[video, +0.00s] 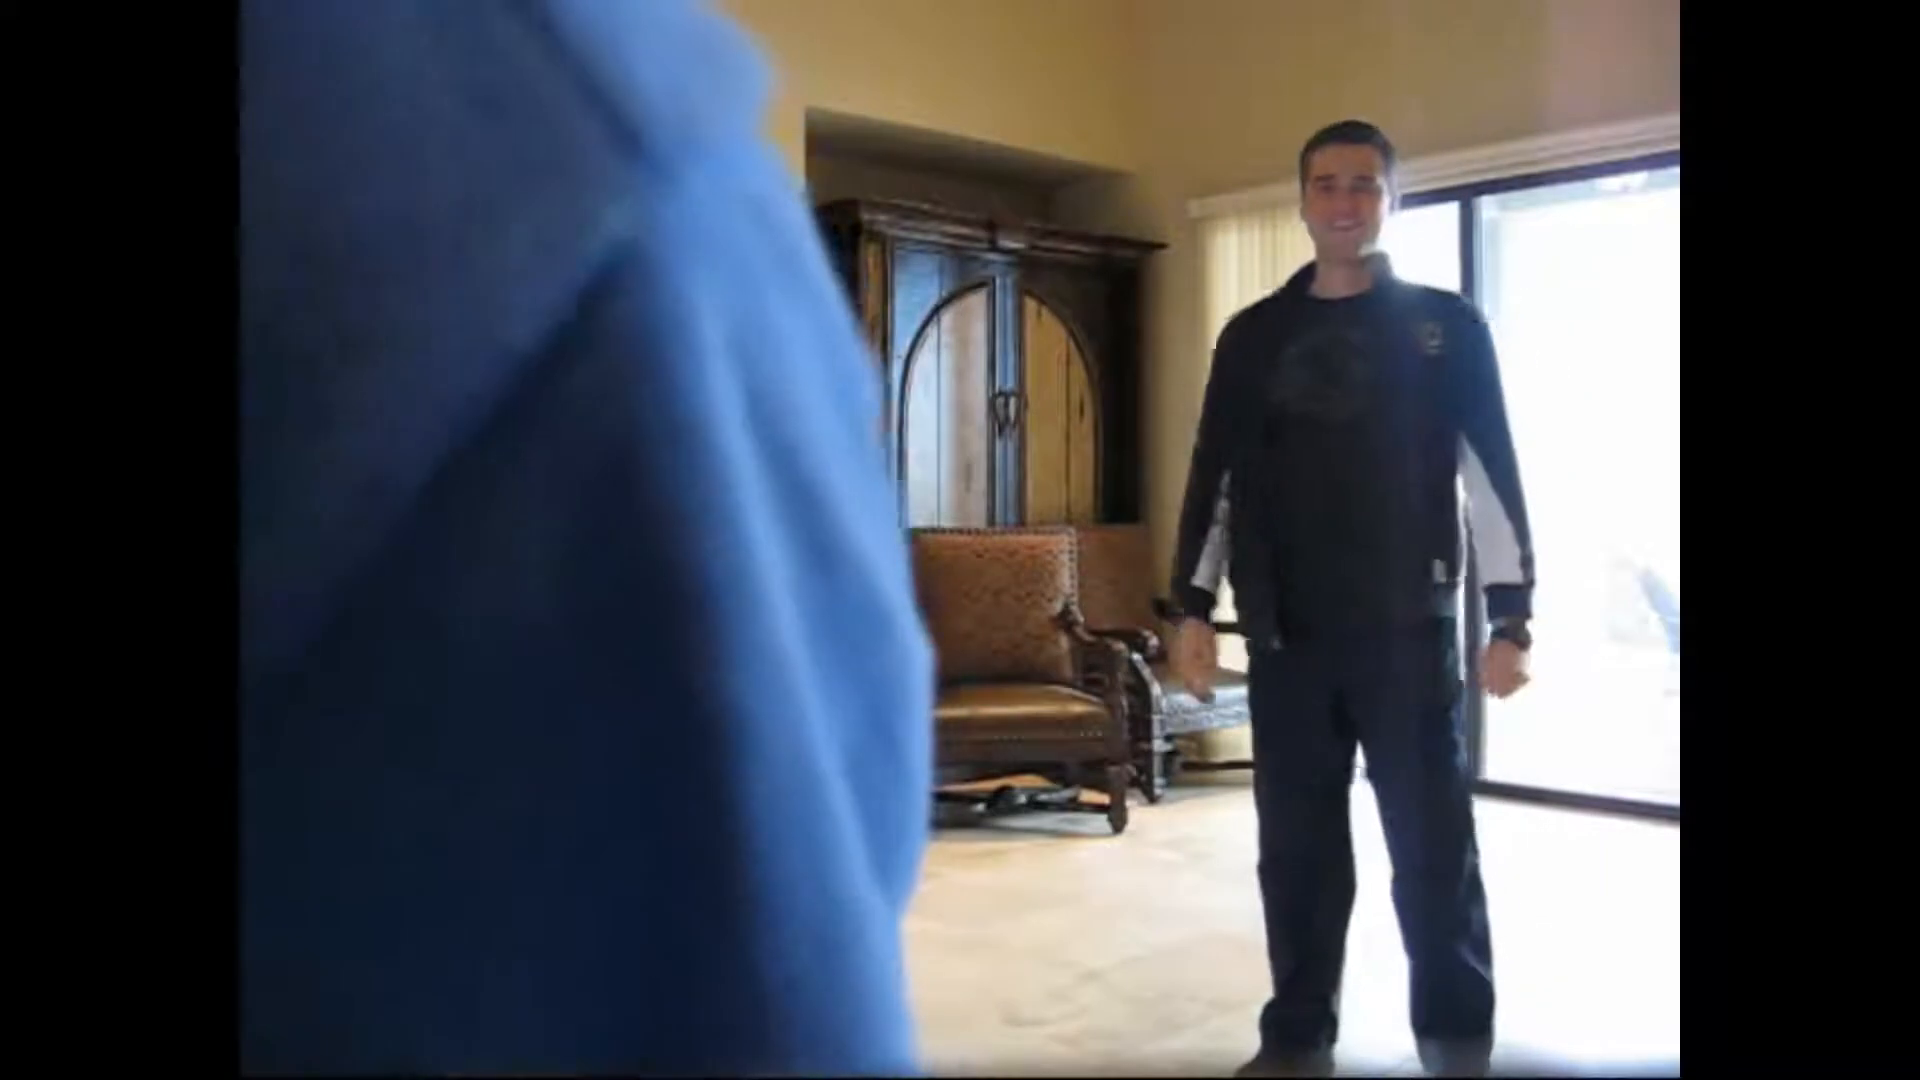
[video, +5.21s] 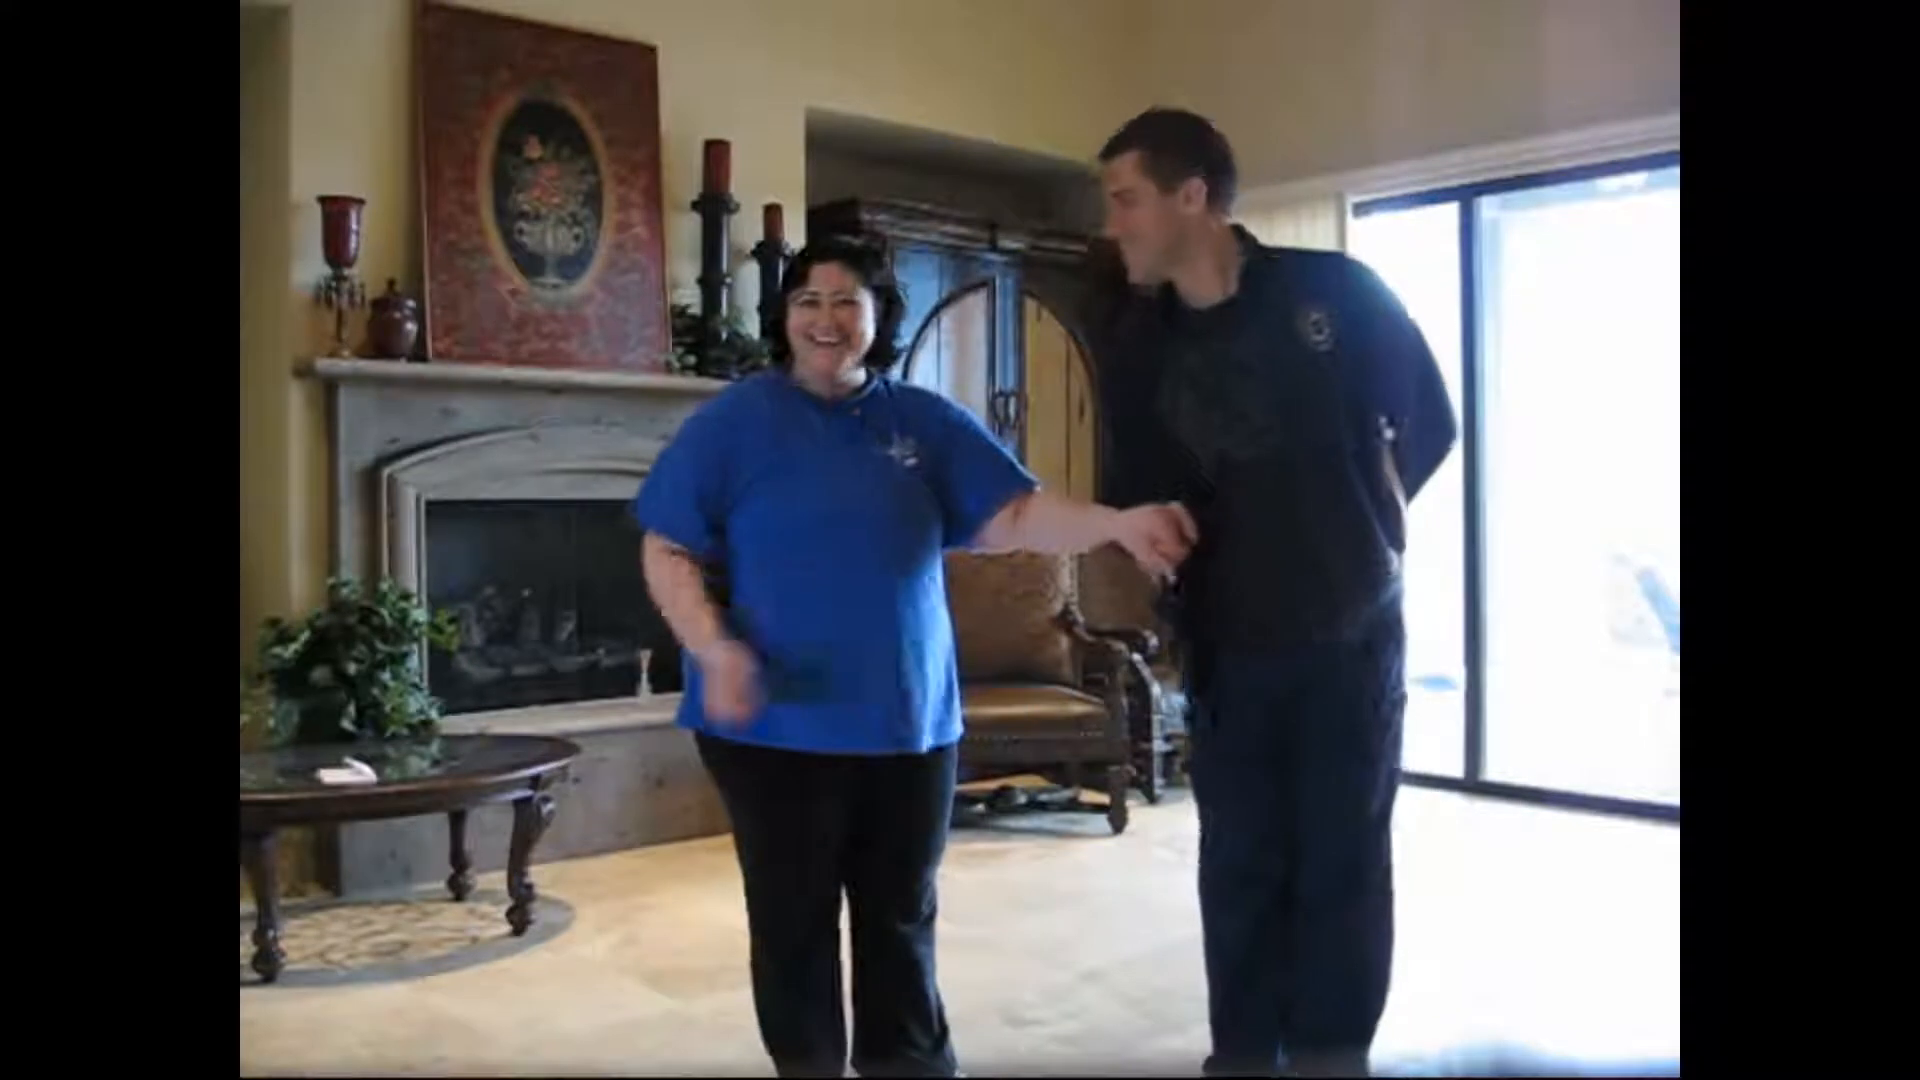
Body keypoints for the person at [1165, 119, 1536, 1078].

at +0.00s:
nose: (1343, 201)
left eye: (1362, 184)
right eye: (1326, 184)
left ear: (1390, 198)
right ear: (1301, 200)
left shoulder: (1445, 324)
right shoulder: (1250, 335)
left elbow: (1494, 477)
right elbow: (1210, 478)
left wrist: (1510, 619)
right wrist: (1187, 604)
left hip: (1411, 633)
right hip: (1287, 637)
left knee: (1434, 853)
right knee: (1295, 853)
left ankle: (1457, 1049)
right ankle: (1295, 1040)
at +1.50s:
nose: (1252, 204)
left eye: (1270, 185)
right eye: (1235, 188)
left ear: (1302, 198)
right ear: (1215, 205)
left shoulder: (1359, 323)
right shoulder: (1171, 342)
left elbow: (1399, 477)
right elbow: (1114, 479)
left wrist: (1371, 610)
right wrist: (1042, 593)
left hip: (1328, 633)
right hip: (1205, 640)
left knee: (1382, 864)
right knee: (1206, 864)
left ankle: (1432, 1056)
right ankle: (1208, 1054)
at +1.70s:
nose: (1210, 204)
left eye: (1229, 186)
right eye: (1191, 188)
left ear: (1261, 197)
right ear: (1170, 205)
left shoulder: (1325, 316)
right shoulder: (1138, 337)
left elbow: (1375, 471)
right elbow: (1044, 449)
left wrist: (1367, 616)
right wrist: (936, 525)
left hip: (1312, 629)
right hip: (1190, 634)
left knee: (1354, 862)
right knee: (1200, 866)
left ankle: (1403, 1052)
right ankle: (1206, 1056)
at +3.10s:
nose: (1266, 253)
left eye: (1278, 230)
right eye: (1244, 234)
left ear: (1295, 211)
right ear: (1200, 221)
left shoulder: (1343, 315)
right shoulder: (1148, 337)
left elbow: (1429, 450)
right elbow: (1098, 464)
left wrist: (1322, 472)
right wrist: (1041, 508)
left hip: (1325, 639)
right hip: (1205, 640)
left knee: (1327, 862)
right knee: (1210, 862)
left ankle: (1326, 1060)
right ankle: (1209, 1055)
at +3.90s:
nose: (1292, 181)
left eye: (1308, 160)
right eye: (1270, 167)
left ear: (1342, 173)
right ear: (1247, 189)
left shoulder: (1420, 303)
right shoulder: (1210, 325)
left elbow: (1481, 471)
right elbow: (1188, 469)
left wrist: (1410, 571)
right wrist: (1181, 476)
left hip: (1373, 636)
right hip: (1252, 637)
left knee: (1360, 865)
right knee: (1256, 860)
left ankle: (1338, 1059)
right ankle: (1250, 1055)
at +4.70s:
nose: (1158, 258)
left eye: (1171, 228)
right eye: (1134, 248)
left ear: (1219, 228)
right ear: (1125, 271)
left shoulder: (1353, 314)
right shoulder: (1146, 385)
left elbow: (1446, 431)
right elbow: (1141, 504)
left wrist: (1378, 519)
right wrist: (1174, 531)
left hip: (1378, 632)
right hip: (1253, 640)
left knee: (1362, 859)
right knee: (1262, 859)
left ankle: (1342, 1057)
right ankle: (1247, 1058)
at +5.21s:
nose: (1110, 224)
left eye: (1124, 199)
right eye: (1107, 203)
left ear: (1195, 195)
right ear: (1168, 204)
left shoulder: (1335, 287)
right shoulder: (1133, 344)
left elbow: (1430, 423)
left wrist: (1359, 518)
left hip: (1346, 628)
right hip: (1225, 633)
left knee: (1340, 860)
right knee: (1239, 863)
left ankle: (1330, 1059)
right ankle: (1241, 1058)